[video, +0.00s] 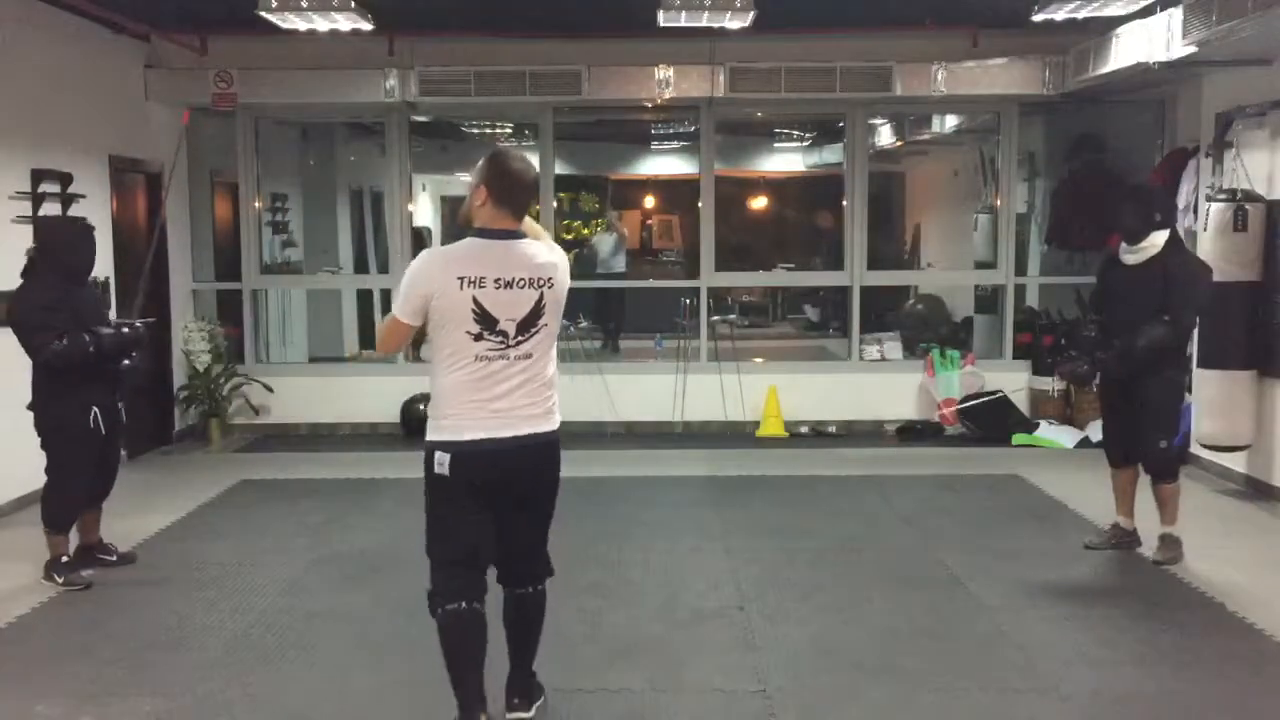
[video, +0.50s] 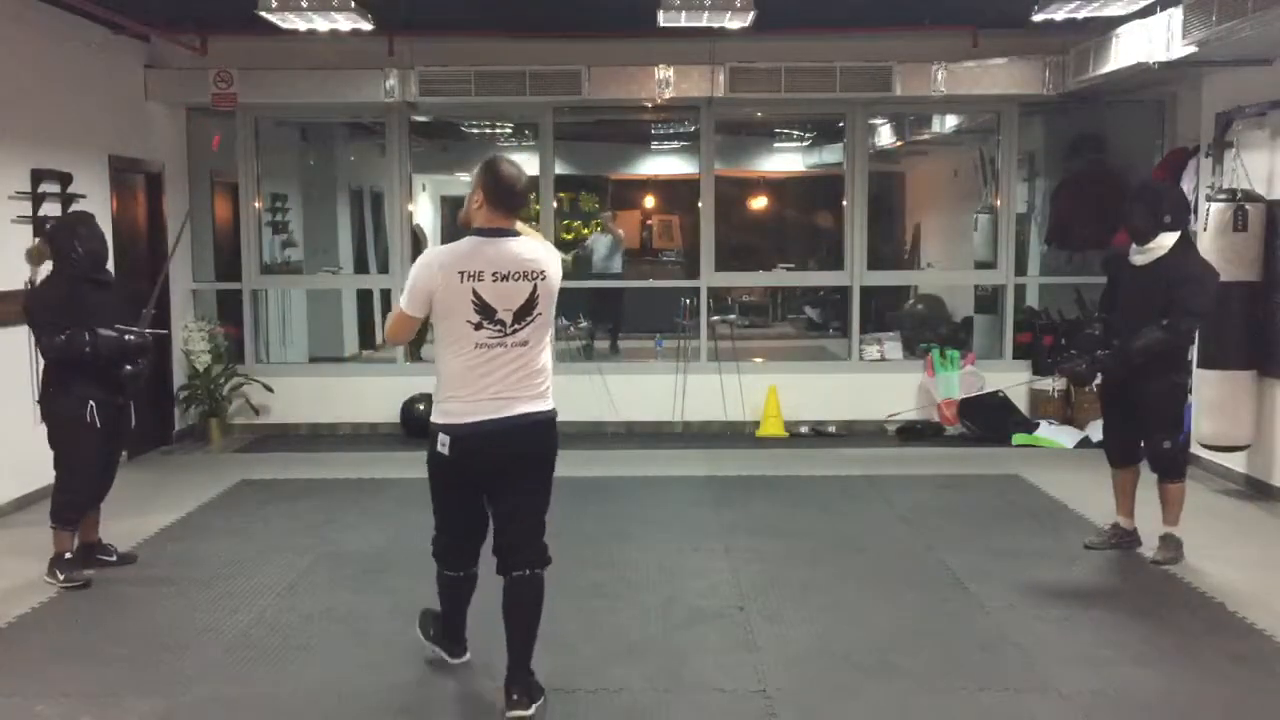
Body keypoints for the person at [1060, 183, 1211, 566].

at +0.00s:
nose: (1126, 226)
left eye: (1132, 218)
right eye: (1123, 219)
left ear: (1150, 218)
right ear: (1120, 221)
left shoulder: (1180, 263)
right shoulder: (1113, 263)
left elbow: (1178, 325)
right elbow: (1097, 315)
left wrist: (1131, 349)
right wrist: (1091, 346)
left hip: (1160, 375)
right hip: (1117, 373)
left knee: (1161, 456)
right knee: (1120, 451)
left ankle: (1169, 536)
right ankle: (1124, 528)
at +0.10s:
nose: (1128, 226)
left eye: (1135, 218)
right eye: (1125, 218)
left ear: (1154, 217)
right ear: (1122, 220)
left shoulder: (1185, 265)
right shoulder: (1115, 263)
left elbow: (1176, 328)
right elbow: (1099, 316)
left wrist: (1125, 353)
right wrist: (1089, 347)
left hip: (1162, 378)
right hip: (1118, 375)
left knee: (1163, 458)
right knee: (1121, 452)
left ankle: (1169, 536)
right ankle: (1124, 528)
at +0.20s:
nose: (1128, 226)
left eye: (1135, 217)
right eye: (1126, 217)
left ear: (1157, 216)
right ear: (1125, 218)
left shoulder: (1188, 266)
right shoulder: (1118, 263)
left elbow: (1176, 329)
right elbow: (1102, 317)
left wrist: (1123, 354)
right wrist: (1088, 347)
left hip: (1162, 380)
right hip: (1118, 377)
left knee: (1166, 460)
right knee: (1120, 453)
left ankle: (1170, 537)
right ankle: (1123, 528)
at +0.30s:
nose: (1132, 222)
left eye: (1140, 214)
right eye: (1130, 214)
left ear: (1162, 215)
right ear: (1127, 215)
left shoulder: (1190, 268)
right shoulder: (1119, 263)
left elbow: (1178, 329)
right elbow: (1104, 316)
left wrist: (1124, 352)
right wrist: (1089, 347)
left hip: (1164, 378)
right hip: (1119, 374)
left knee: (1168, 456)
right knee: (1121, 450)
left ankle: (1170, 537)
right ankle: (1124, 527)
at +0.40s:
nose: (1131, 223)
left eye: (1139, 215)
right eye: (1130, 215)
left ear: (1161, 216)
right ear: (1129, 217)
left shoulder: (1191, 268)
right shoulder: (1120, 264)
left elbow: (1181, 328)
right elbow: (1105, 318)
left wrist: (1128, 351)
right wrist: (1090, 349)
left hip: (1164, 378)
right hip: (1120, 373)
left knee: (1168, 456)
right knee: (1122, 451)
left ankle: (1170, 537)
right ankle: (1124, 528)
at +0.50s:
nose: (1132, 223)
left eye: (1140, 215)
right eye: (1131, 215)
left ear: (1162, 217)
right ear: (1130, 216)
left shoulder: (1191, 268)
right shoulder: (1121, 264)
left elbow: (1182, 329)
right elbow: (1106, 317)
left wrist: (1128, 351)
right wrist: (1093, 348)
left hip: (1164, 377)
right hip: (1120, 373)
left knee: (1168, 456)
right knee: (1122, 451)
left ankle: (1170, 537)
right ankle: (1124, 527)